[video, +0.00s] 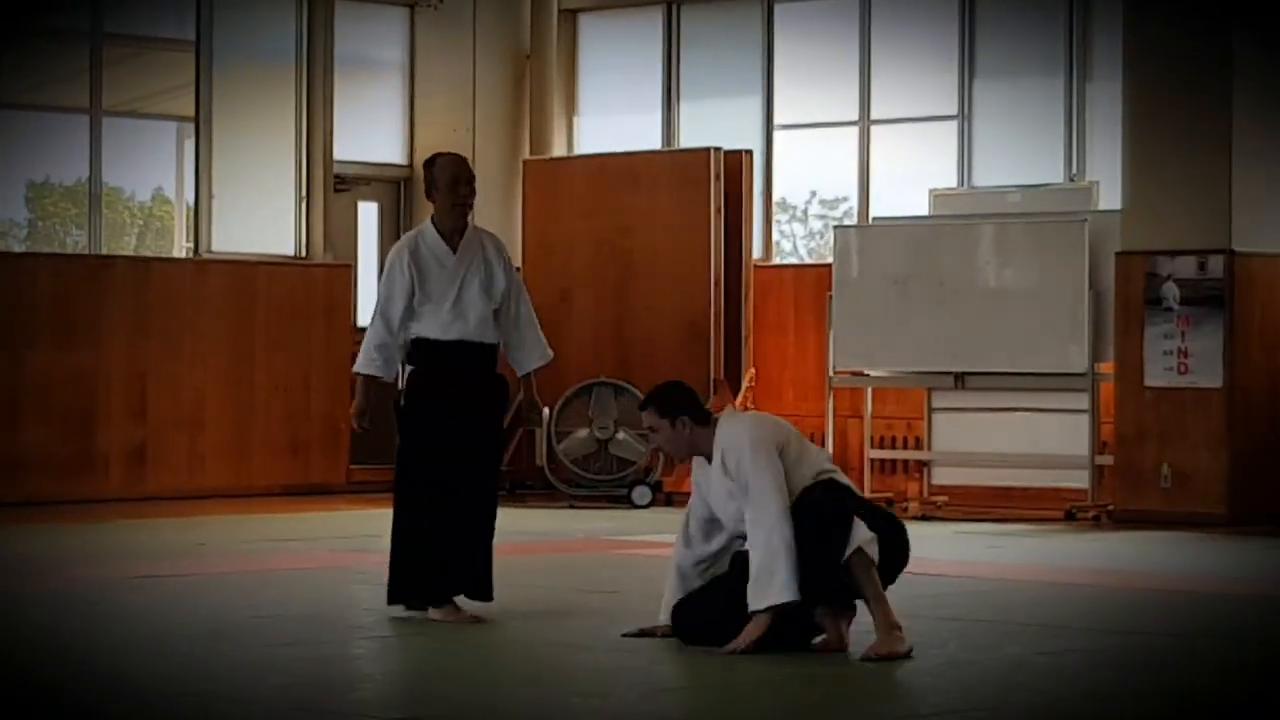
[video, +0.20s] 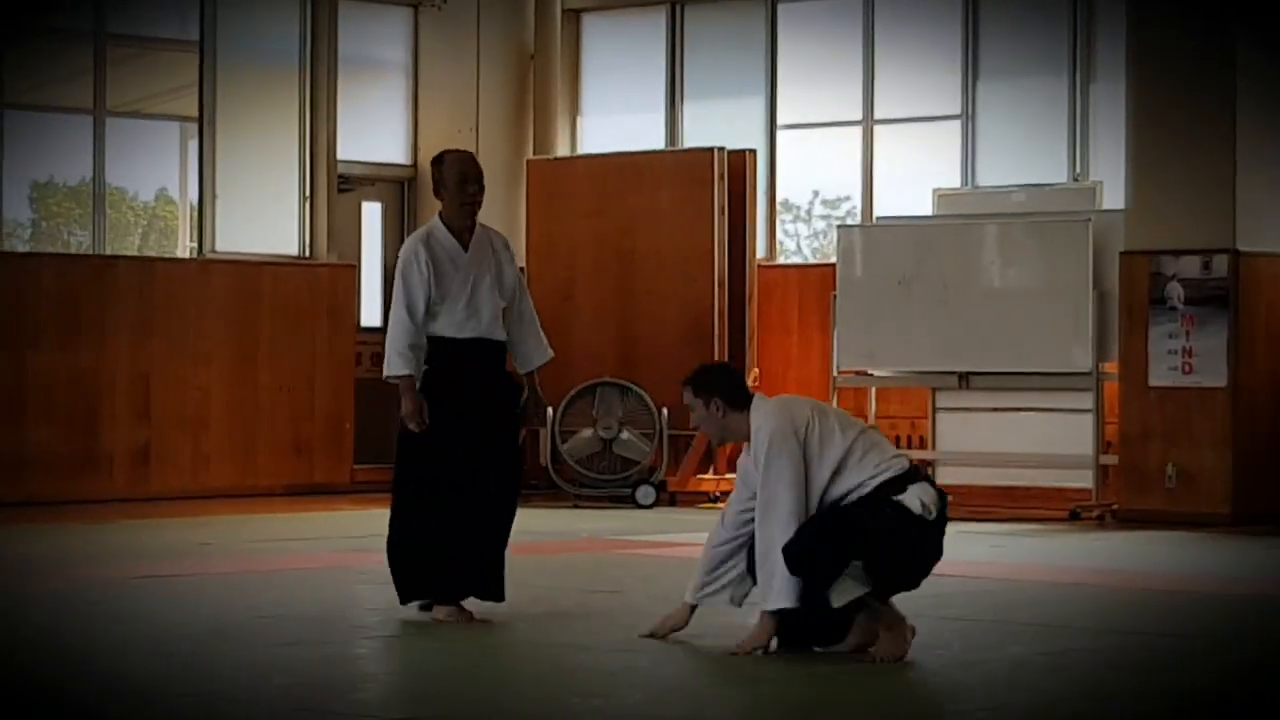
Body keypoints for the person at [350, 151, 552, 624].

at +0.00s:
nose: (469, 193)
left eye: (471, 184)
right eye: (458, 186)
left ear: (475, 188)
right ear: (431, 193)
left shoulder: (490, 248)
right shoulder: (408, 251)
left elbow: (516, 318)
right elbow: (385, 322)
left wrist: (529, 384)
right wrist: (364, 391)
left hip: (479, 372)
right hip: (429, 372)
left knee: (469, 481)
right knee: (430, 480)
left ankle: (441, 589)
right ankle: (433, 595)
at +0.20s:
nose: (474, 193)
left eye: (479, 184)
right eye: (463, 185)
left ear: (485, 188)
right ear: (439, 190)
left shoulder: (497, 246)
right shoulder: (419, 249)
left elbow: (519, 317)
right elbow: (404, 320)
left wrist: (533, 383)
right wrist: (407, 389)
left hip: (489, 371)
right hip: (442, 371)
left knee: (484, 480)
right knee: (443, 479)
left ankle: (455, 593)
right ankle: (441, 596)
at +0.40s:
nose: (487, 192)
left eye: (490, 184)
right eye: (476, 185)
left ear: (492, 188)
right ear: (449, 191)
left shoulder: (498, 245)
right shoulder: (429, 248)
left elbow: (515, 315)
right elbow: (426, 322)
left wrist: (527, 378)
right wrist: (451, 386)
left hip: (497, 371)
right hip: (448, 373)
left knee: (491, 481)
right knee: (447, 483)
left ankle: (476, 583)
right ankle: (443, 593)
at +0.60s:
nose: (499, 192)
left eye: (501, 184)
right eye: (488, 185)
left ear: (504, 188)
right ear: (459, 191)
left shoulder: (504, 249)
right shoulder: (438, 250)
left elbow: (519, 322)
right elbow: (443, 327)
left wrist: (529, 387)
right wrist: (475, 392)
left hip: (504, 375)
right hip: (459, 379)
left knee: (522, 482)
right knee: (457, 486)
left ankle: (536, 591)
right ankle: (450, 597)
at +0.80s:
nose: (510, 193)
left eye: (512, 185)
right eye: (499, 186)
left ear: (514, 192)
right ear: (469, 193)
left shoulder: (516, 253)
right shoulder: (450, 255)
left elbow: (532, 324)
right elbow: (454, 333)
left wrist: (536, 390)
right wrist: (481, 401)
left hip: (517, 380)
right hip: (474, 383)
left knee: (537, 487)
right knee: (470, 491)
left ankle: (551, 603)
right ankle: (461, 600)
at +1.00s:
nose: (524, 190)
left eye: (525, 182)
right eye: (513, 183)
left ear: (526, 189)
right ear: (484, 192)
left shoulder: (532, 252)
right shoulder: (468, 256)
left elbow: (551, 321)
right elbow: (466, 332)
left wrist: (559, 391)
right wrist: (483, 404)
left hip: (537, 378)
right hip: (496, 380)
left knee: (550, 488)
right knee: (497, 490)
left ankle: (553, 604)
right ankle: (489, 599)